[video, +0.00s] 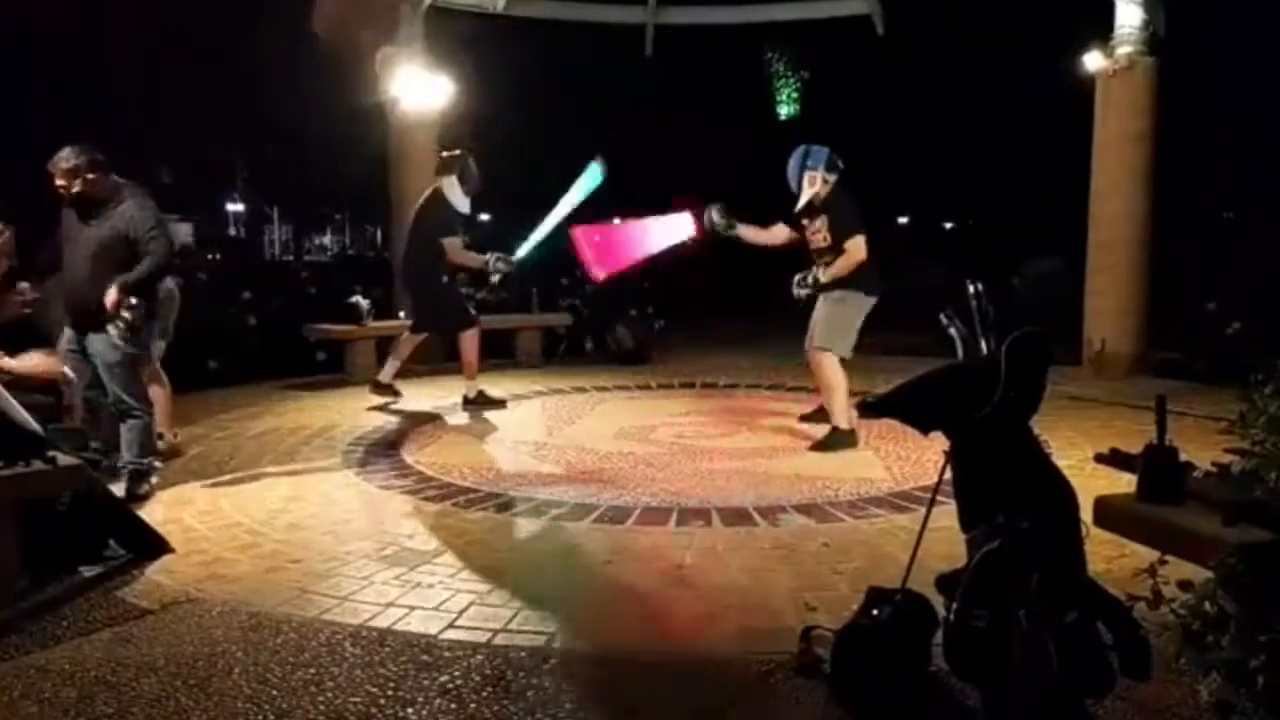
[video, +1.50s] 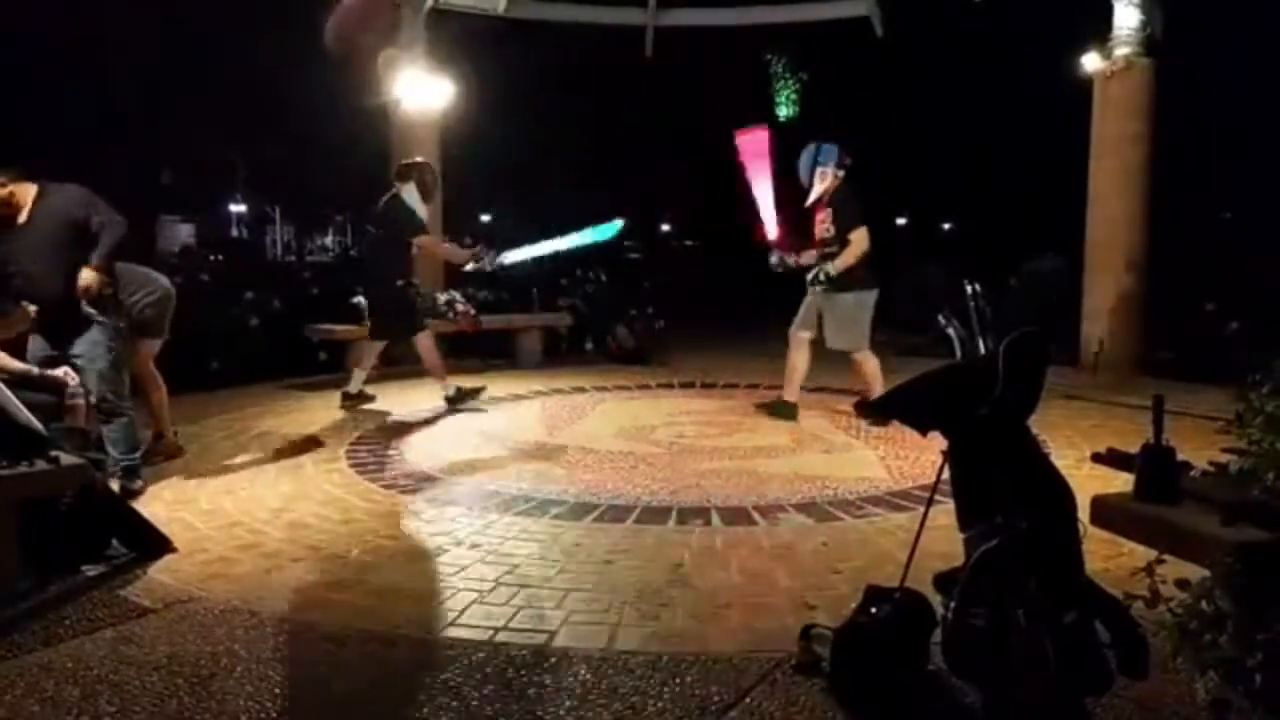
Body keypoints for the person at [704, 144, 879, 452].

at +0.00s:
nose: (803, 186)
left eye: (808, 179)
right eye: (802, 180)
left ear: (821, 178)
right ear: (802, 179)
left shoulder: (841, 206)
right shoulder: (806, 211)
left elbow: (857, 253)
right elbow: (771, 236)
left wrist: (819, 277)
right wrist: (732, 227)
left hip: (853, 287)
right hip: (832, 288)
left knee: (823, 352)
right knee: (814, 350)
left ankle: (843, 427)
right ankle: (831, 404)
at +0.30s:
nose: (791, 174)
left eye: (794, 166)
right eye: (787, 168)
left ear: (806, 166)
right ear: (783, 173)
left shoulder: (830, 197)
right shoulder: (787, 206)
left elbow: (851, 240)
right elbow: (763, 239)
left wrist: (815, 263)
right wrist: (737, 232)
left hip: (841, 285)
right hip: (815, 284)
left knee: (824, 350)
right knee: (799, 345)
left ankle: (841, 425)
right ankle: (828, 404)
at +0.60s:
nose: (774, 186)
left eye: (780, 179)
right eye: (770, 179)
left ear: (792, 179)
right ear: (764, 179)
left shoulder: (806, 207)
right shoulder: (770, 212)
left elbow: (838, 238)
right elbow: (745, 233)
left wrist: (833, 281)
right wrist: (719, 246)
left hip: (818, 292)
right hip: (791, 294)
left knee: (824, 354)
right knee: (779, 347)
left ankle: (840, 425)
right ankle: (773, 406)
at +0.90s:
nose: (756, 183)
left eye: (760, 176)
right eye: (755, 177)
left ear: (774, 173)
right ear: (756, 175)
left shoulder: (793, 200)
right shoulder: (763, 200)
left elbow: (823, 230)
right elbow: (738, 197)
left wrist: (829, 269)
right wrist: (713, 178)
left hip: (816, 289)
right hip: (788, 289)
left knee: (830, 348)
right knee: (780, 348)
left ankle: (858, 405)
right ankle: (773, 406)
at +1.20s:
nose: (786, 192)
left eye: (790, 185)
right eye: (782, 186)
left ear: (801, 183)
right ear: (776, 185)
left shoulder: (818, 209)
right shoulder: (785, 214)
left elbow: (839, 248)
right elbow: (785, 253)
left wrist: (816, 280)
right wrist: (759, 236)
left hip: (833, 294)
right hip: (796, 292)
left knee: (843, 355)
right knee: (772, 341)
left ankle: (873, 399)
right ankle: (772, 405)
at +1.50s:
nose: (817, 182)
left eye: (821, 175)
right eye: (815, 175)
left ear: (832, 173)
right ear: (813, 174)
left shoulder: (845, 200)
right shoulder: (821, 203)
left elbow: (861, 242)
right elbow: (826, 249)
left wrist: (831, 268)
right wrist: (792, 260)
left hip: (854, 287)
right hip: (824, 285)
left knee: (857, 349)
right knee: (799, 335)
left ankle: (879, 401)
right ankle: (788, 400)